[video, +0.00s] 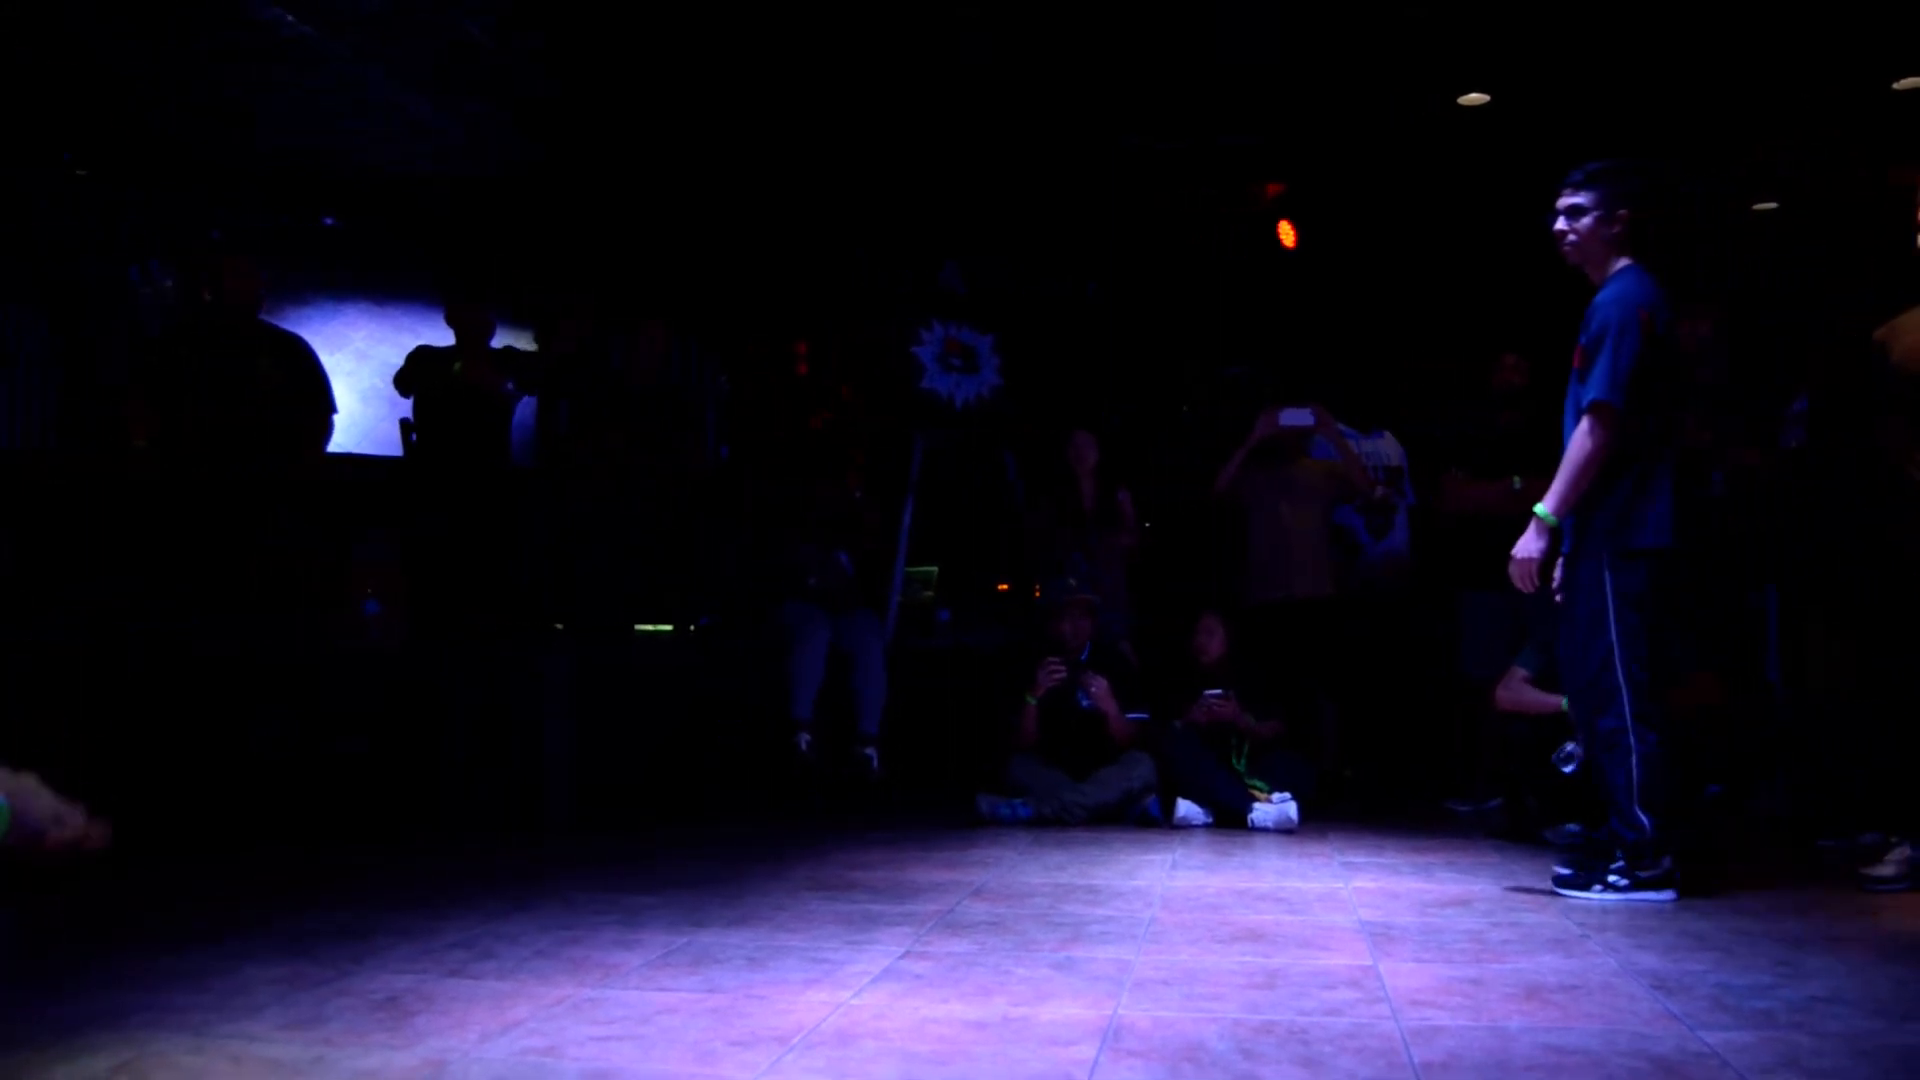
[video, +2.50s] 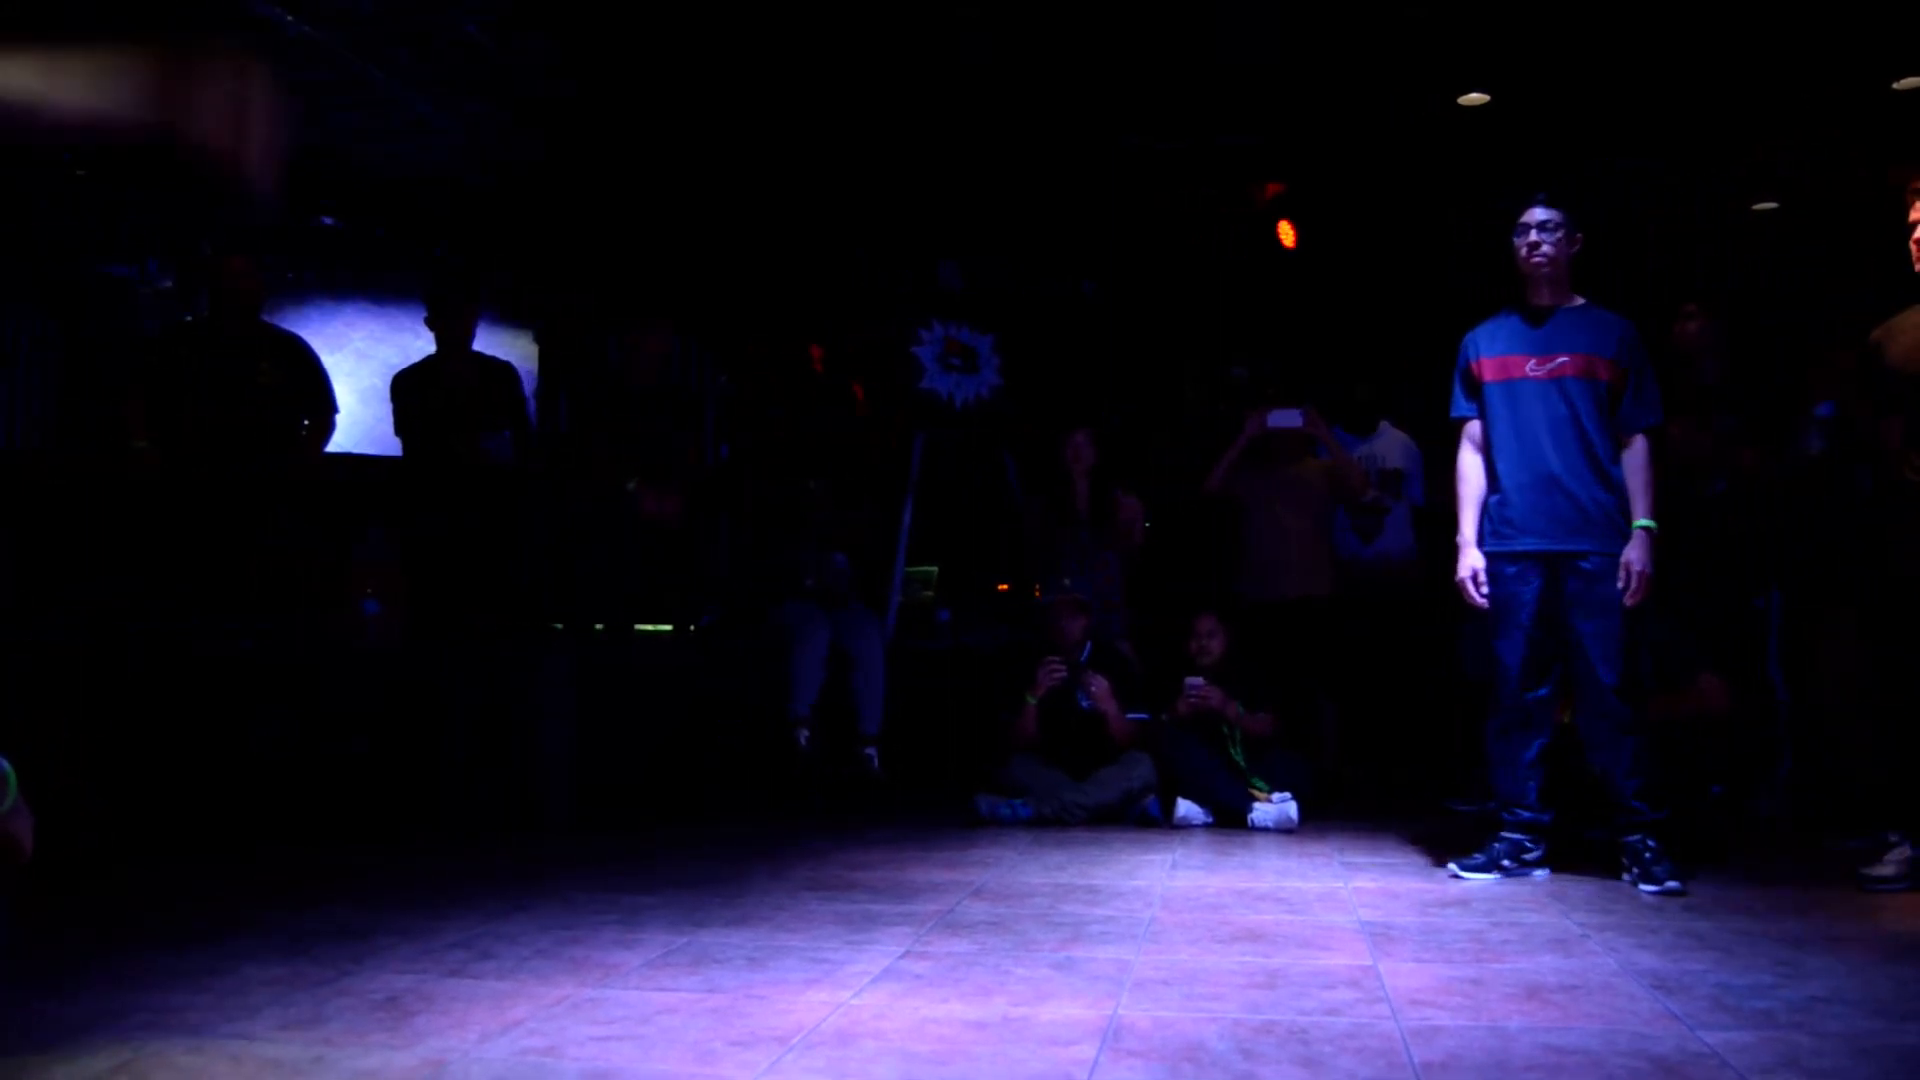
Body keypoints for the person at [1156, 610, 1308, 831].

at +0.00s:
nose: (1203, 642)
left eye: (1211, 634)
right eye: (1199, 634)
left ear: (1227, 638)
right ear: (1191, 639)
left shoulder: (1245, 676)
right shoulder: (1185, 678)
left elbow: (1273, 729)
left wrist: (1237, 717)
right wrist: (1193, 718)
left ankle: (1211, 811)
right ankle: (1251, 809)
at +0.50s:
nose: (1204, 645)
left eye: (1212, 637)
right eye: (1197, 638)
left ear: (1226, 640)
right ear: (1189, 645)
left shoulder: (1246, 677)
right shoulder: (1184, 679)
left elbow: (1270, 729)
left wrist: (1230, 714)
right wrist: (1186, 718)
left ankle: (1211, 810)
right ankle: (1251, 809)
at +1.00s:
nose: (1201, 644)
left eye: (1208, 635)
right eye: (1194, 637)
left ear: (1223, 638)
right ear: (1187, 645)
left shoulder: (1245, 676)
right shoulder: (1183, 679)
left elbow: (1268, 729)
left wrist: (1228, 715)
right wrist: (1186, 718)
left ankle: (1211, 810)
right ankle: (1251, 809)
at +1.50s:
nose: (1201, 643)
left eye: (1208, 634)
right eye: (1194, 636)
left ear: (1223, 636)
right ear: (1186, 643)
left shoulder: (1245, 675)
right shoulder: (1183, 678)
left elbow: (1269, 729)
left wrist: (1228, 714)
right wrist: (1186, 717)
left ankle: (1211, 810)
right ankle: (1251, 809)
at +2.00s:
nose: (1203, 644)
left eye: (1211, 636)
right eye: (1196, 637)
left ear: (1226, 638)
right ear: (1189, 642)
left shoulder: (1246, 675)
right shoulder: (1184, 676)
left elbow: (1265, 728)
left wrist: (1224, 707)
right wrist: (1181, 712)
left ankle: (1211, 810)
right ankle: (1251, 810)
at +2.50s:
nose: (1203, 644)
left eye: (1211, 636)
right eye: (1196, 637)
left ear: (1226, 638)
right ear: (1188, 642)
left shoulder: (1245, 675)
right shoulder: (1182, 676)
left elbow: (1265, 727)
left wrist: (1224, 706)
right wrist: (1181, 711)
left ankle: (1211, 811)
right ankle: (1251, 810)